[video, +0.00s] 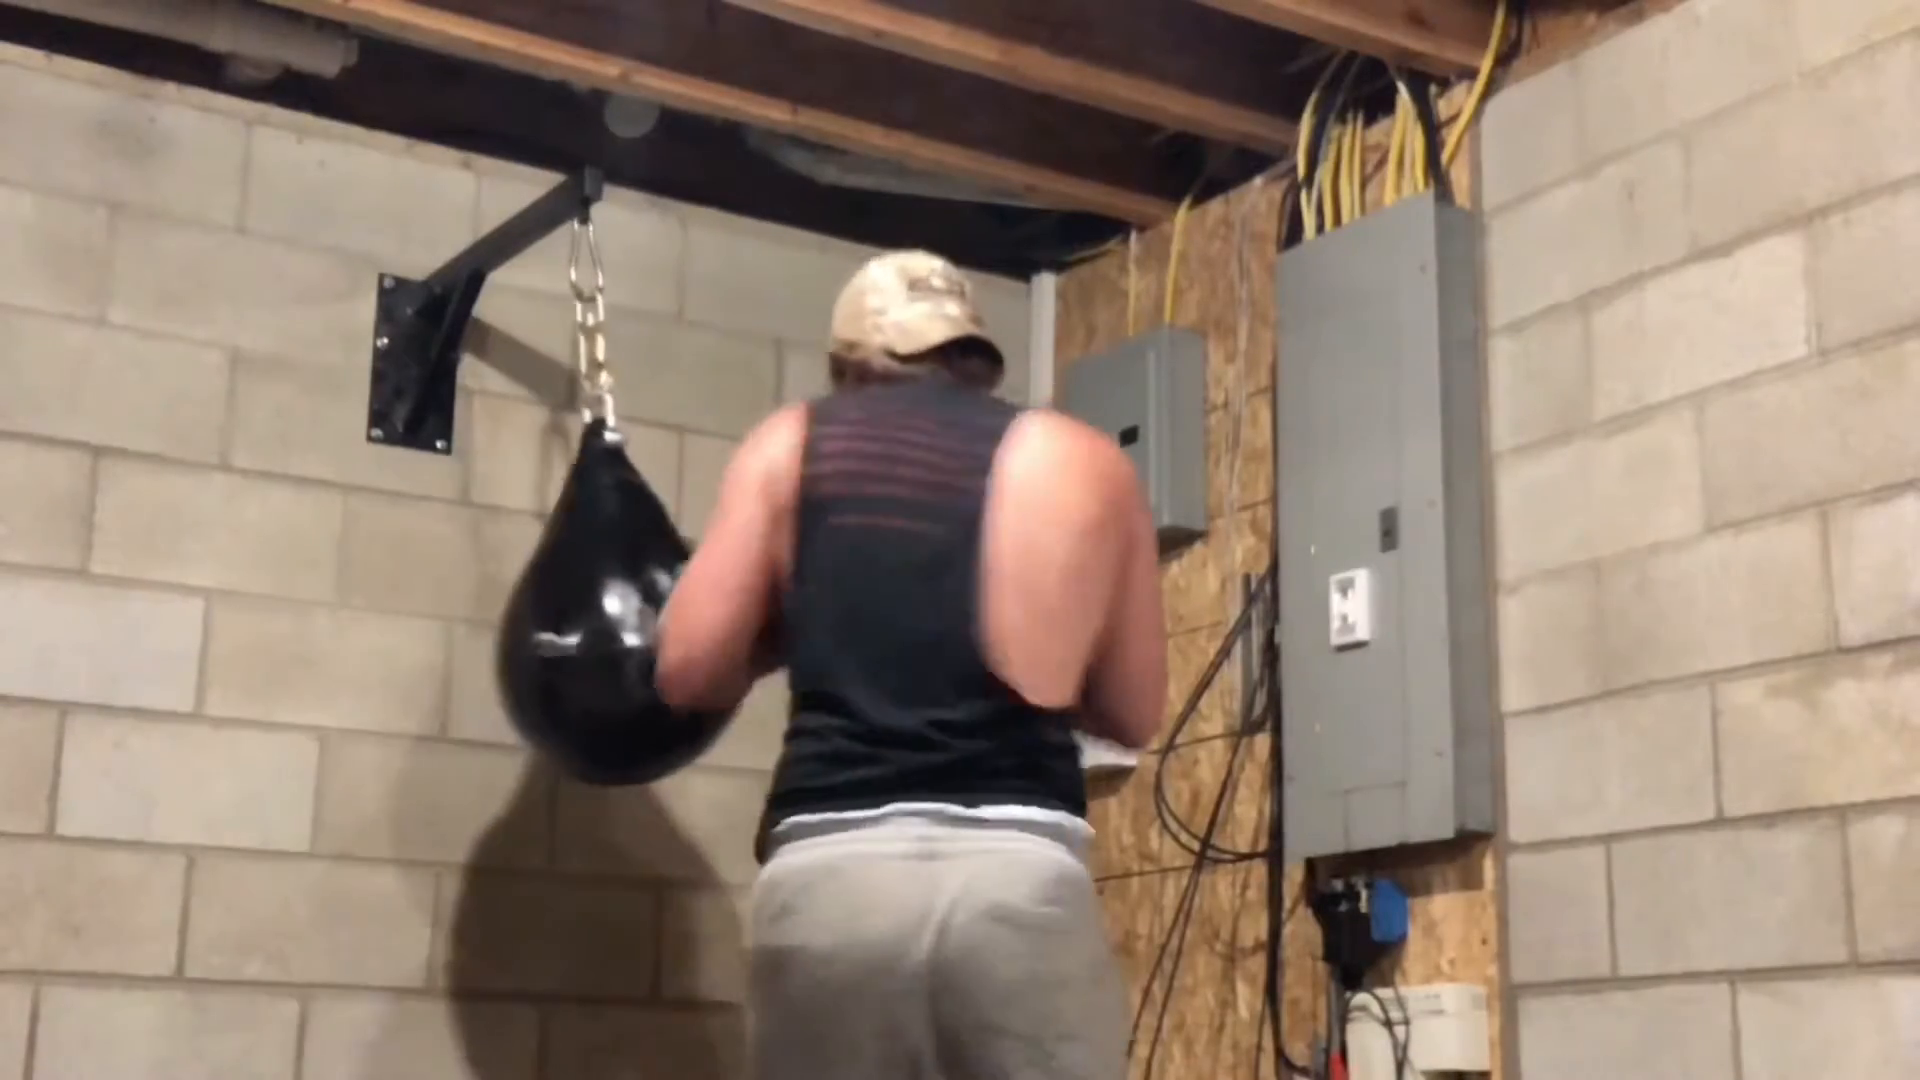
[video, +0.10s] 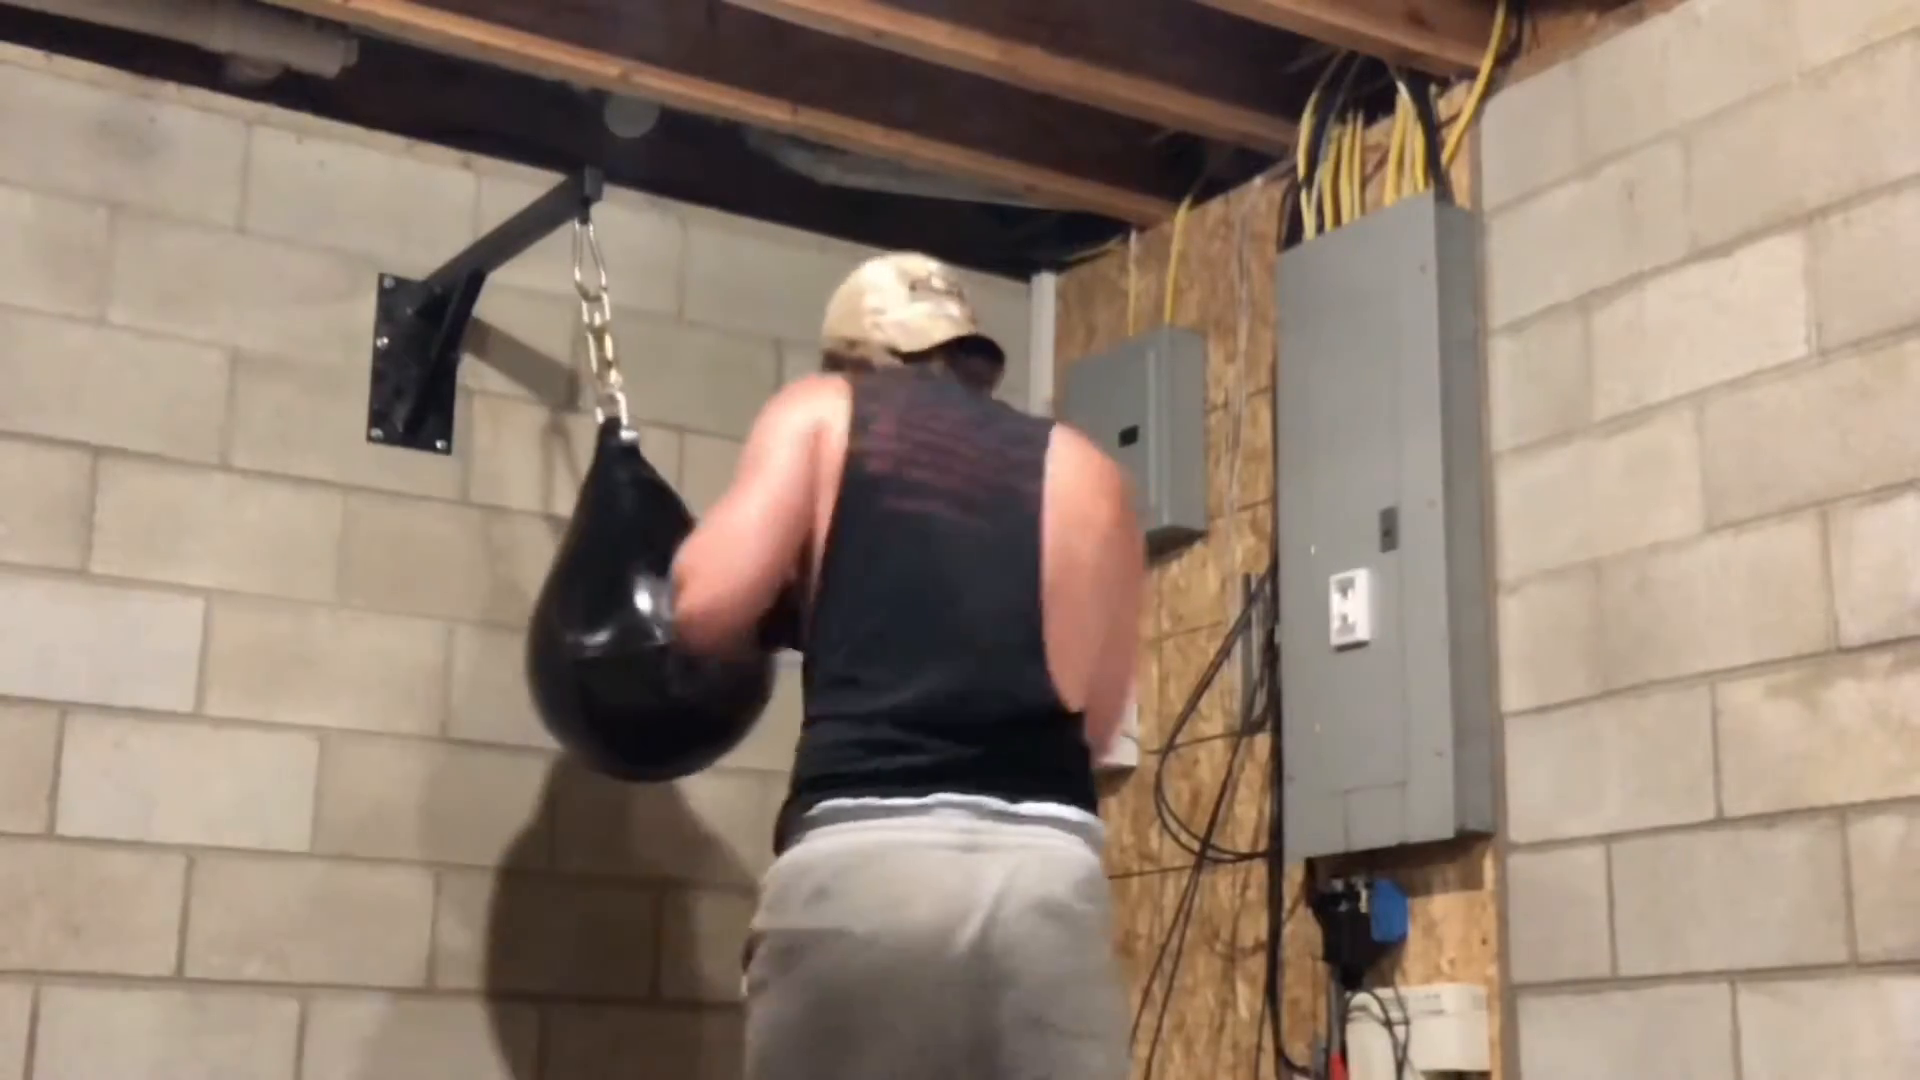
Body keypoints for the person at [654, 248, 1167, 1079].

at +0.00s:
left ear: (847, 359)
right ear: (975, 357)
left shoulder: (787, 442)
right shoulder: (1089, 461)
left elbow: (688, 675)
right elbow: (1134, 714)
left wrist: (798, 611)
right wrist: (1013, 635)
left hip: (825, 884)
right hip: (1025, 886)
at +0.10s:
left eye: (835, 361)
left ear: (848, 354)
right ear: (974, 358)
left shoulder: (817, 411)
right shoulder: (1091, 467)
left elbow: (706, 613)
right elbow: (1097, 723)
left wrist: (788, 602)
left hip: (857, 869)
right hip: (1052, 881)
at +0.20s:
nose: (796, 361)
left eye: (806, 351)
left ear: (830, 341)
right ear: (942, 342)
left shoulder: (828, 382)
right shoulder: (1061, 460)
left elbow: (716, 561)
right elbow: (1062, 642)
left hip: (880, 860)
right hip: (1061, 869)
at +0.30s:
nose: (761, 421)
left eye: (762, 404)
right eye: (758, 409)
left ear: (783, 376)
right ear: (884, 360)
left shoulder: (820, 408)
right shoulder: (999, 485)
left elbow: (721, 572)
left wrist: (639, 542)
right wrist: (795, 627)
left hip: (886, 902)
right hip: (1056, 899)